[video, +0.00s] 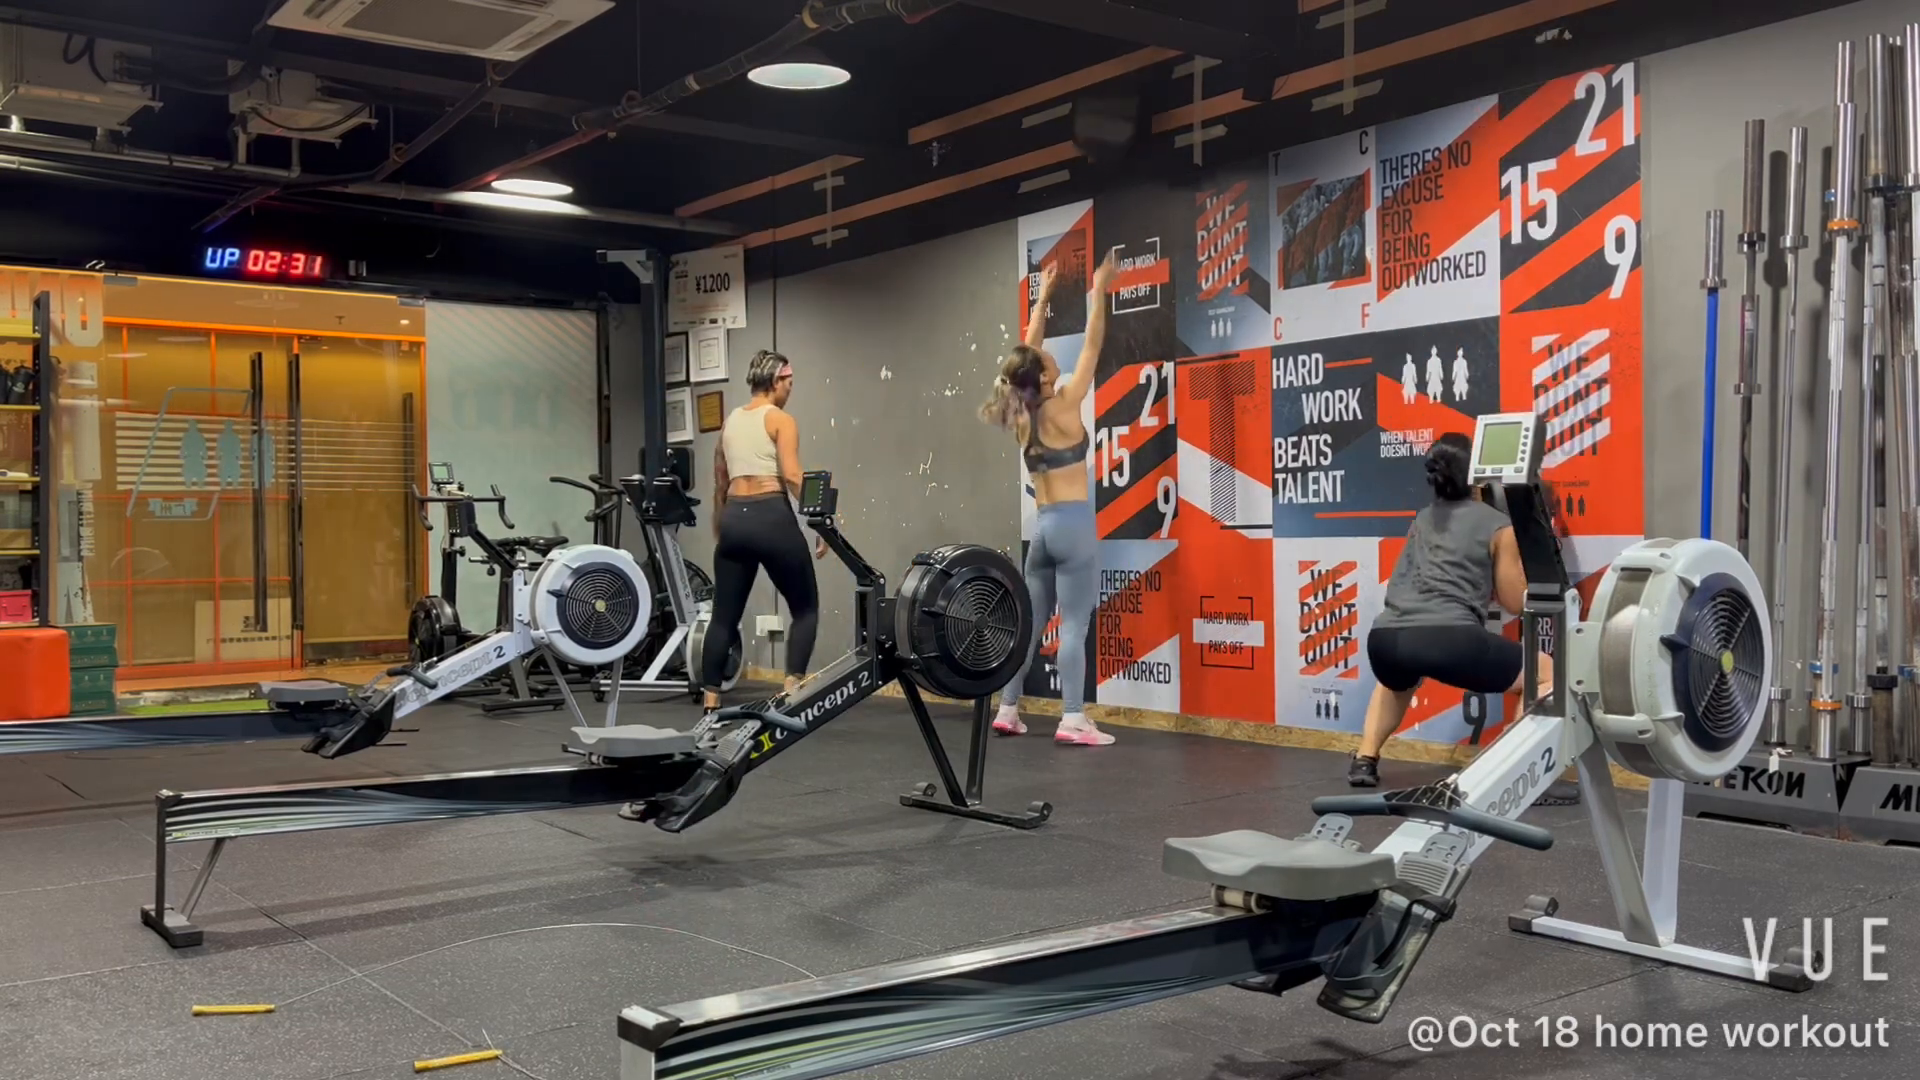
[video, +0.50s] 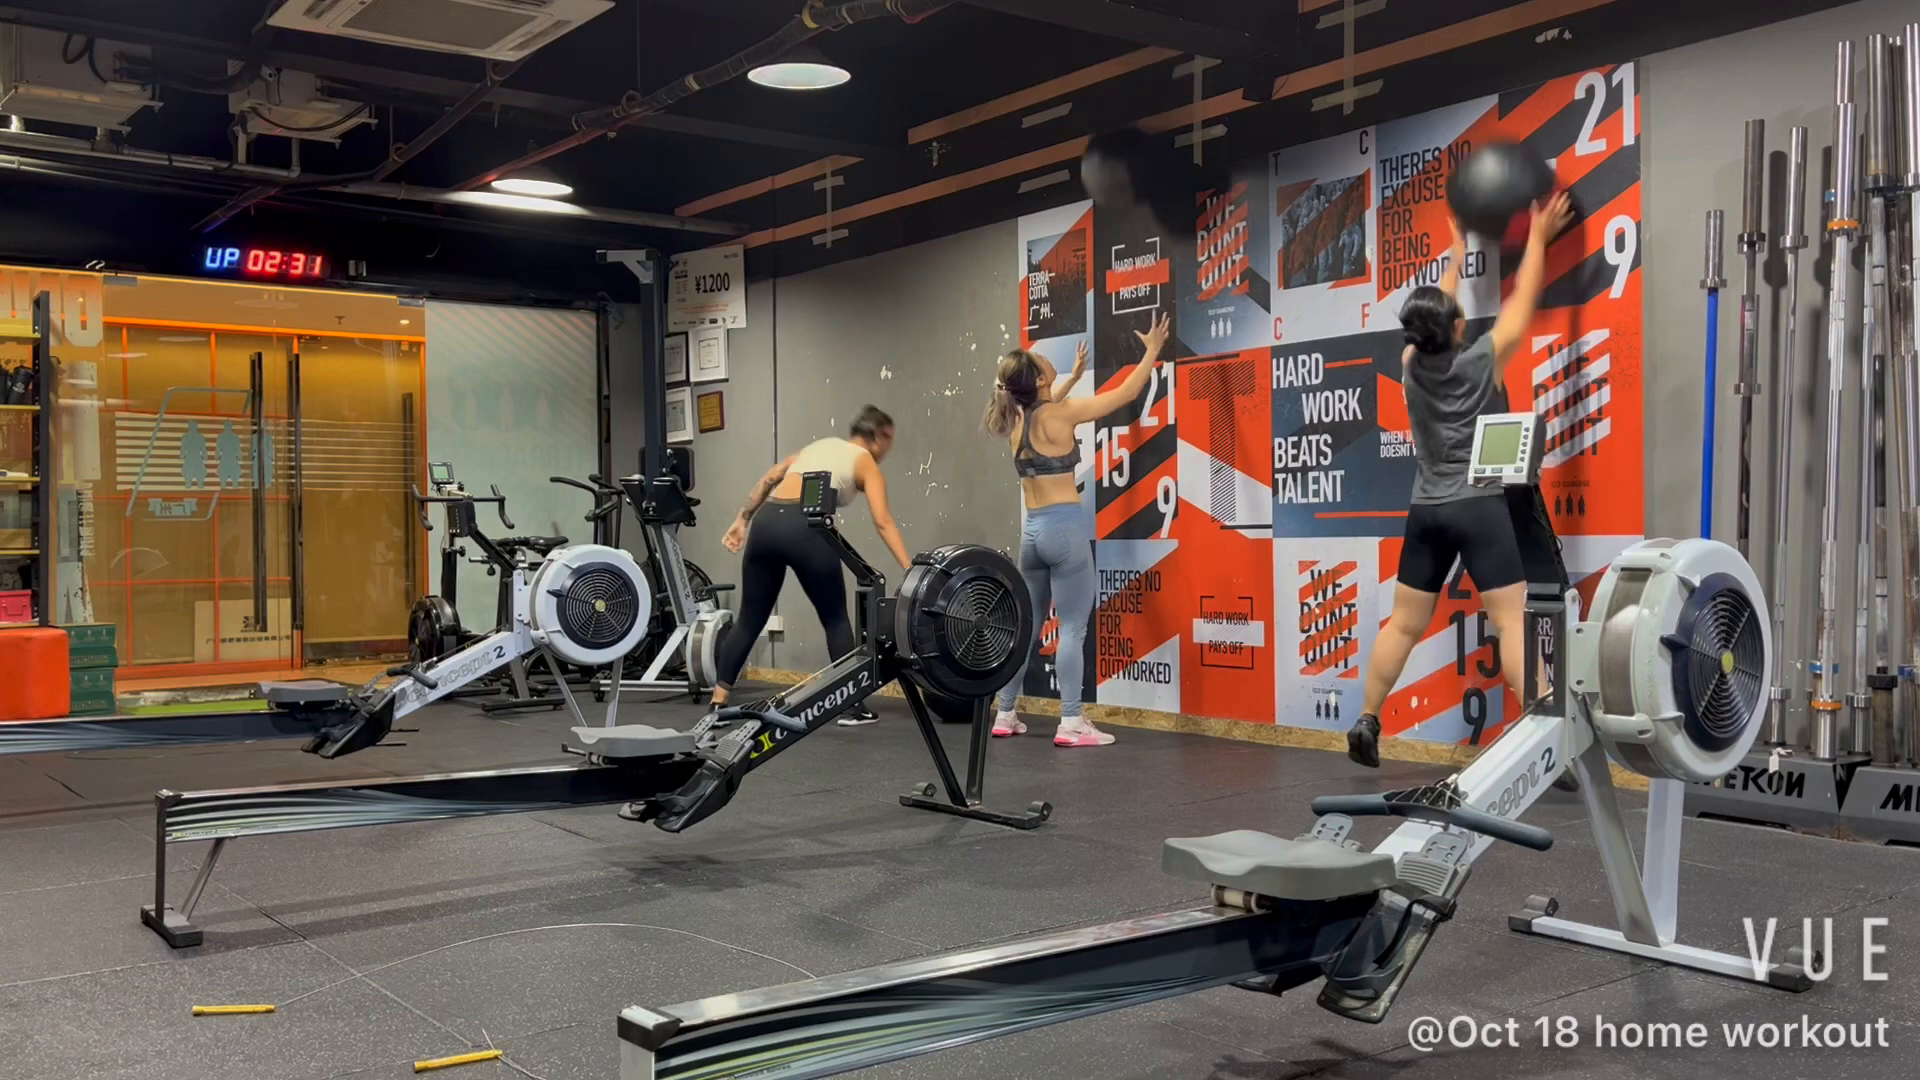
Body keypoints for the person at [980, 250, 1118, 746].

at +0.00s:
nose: (1057, 364)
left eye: (1050, 362)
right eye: (1052, 361)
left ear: (1024, 378)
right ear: (1046, 374)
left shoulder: (1022, 412)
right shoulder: (1068, 402)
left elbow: (1028, 354)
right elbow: (1093, 344)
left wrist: (1041, 300)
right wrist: (1101, 292)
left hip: (1042, 522)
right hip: (1074, 522)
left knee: (1027, 622)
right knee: (1074, 624)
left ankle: (1008, 709)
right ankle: (1072, 718)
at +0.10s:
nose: (1051, 369)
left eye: (1045, 366)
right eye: (1046, 369)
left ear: (1021, 386)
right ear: (1038, 381)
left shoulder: (1018, 421)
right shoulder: (1062, 411)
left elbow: (1026, 367)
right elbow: (1103, 363)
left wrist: (1041, 320)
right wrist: (1114, 312)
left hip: (1042, 530)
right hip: (1076, 528)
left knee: (1029, 627)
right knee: (1074, 632)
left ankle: (1006, 713)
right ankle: (1072, 722)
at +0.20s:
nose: (1046, 367)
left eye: (1042, 364)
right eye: (1042, 364)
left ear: (1017, 387)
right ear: (1037, 381)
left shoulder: (1018, 421)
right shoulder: (1061, 411)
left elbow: (1029, 371)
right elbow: (1113, 375)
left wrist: (1050, 338)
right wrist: (1135, 327)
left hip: (1040, 526)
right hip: (1074, 524)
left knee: (1029, 625)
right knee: (1076, 628)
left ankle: (1006, 711)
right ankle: (1072, 721)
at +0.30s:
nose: (1048, 369)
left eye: (1044, 367)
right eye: (1043, 368)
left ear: (1019, 391)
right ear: (1037, 385)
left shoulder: (1018, 423)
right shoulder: (1063, 414)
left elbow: (1033, 384)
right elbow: (1116, 388)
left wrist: (1057, 357)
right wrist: (1146, 346)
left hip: (1038, 527)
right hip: (1072, 525)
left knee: (1026, 625)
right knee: (1072, 628)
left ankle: (1005, 713)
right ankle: (1072, 722)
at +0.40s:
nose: (1050, 375)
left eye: (1047, 372)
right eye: (1045, 373)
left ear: (1017, 390)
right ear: (1038, 385)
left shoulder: (1016, 424)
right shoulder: (1062, 414)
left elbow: (1044, 400)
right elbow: (1123, 393)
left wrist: (1065, 369)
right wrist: (1151, 353)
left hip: (1035, 527)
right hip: (1070, 524)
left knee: (1026, 624)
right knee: (1072, 627)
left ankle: (1005, 713)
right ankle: (1072, 722)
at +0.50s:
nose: (1052, 373)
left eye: (1049, 370)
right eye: (1047, 370)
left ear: (1019, 388)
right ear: (1039, 382)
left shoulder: (1019, 420)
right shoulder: (1062, 412)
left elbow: (1050, 401)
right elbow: (1125, 394)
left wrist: (1075, 374)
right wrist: (1152, 351)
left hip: (1033, 526)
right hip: (1066, 525)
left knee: (1024, 624)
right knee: (1072, 628)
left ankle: (1005, 713)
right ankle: (1072, 722)